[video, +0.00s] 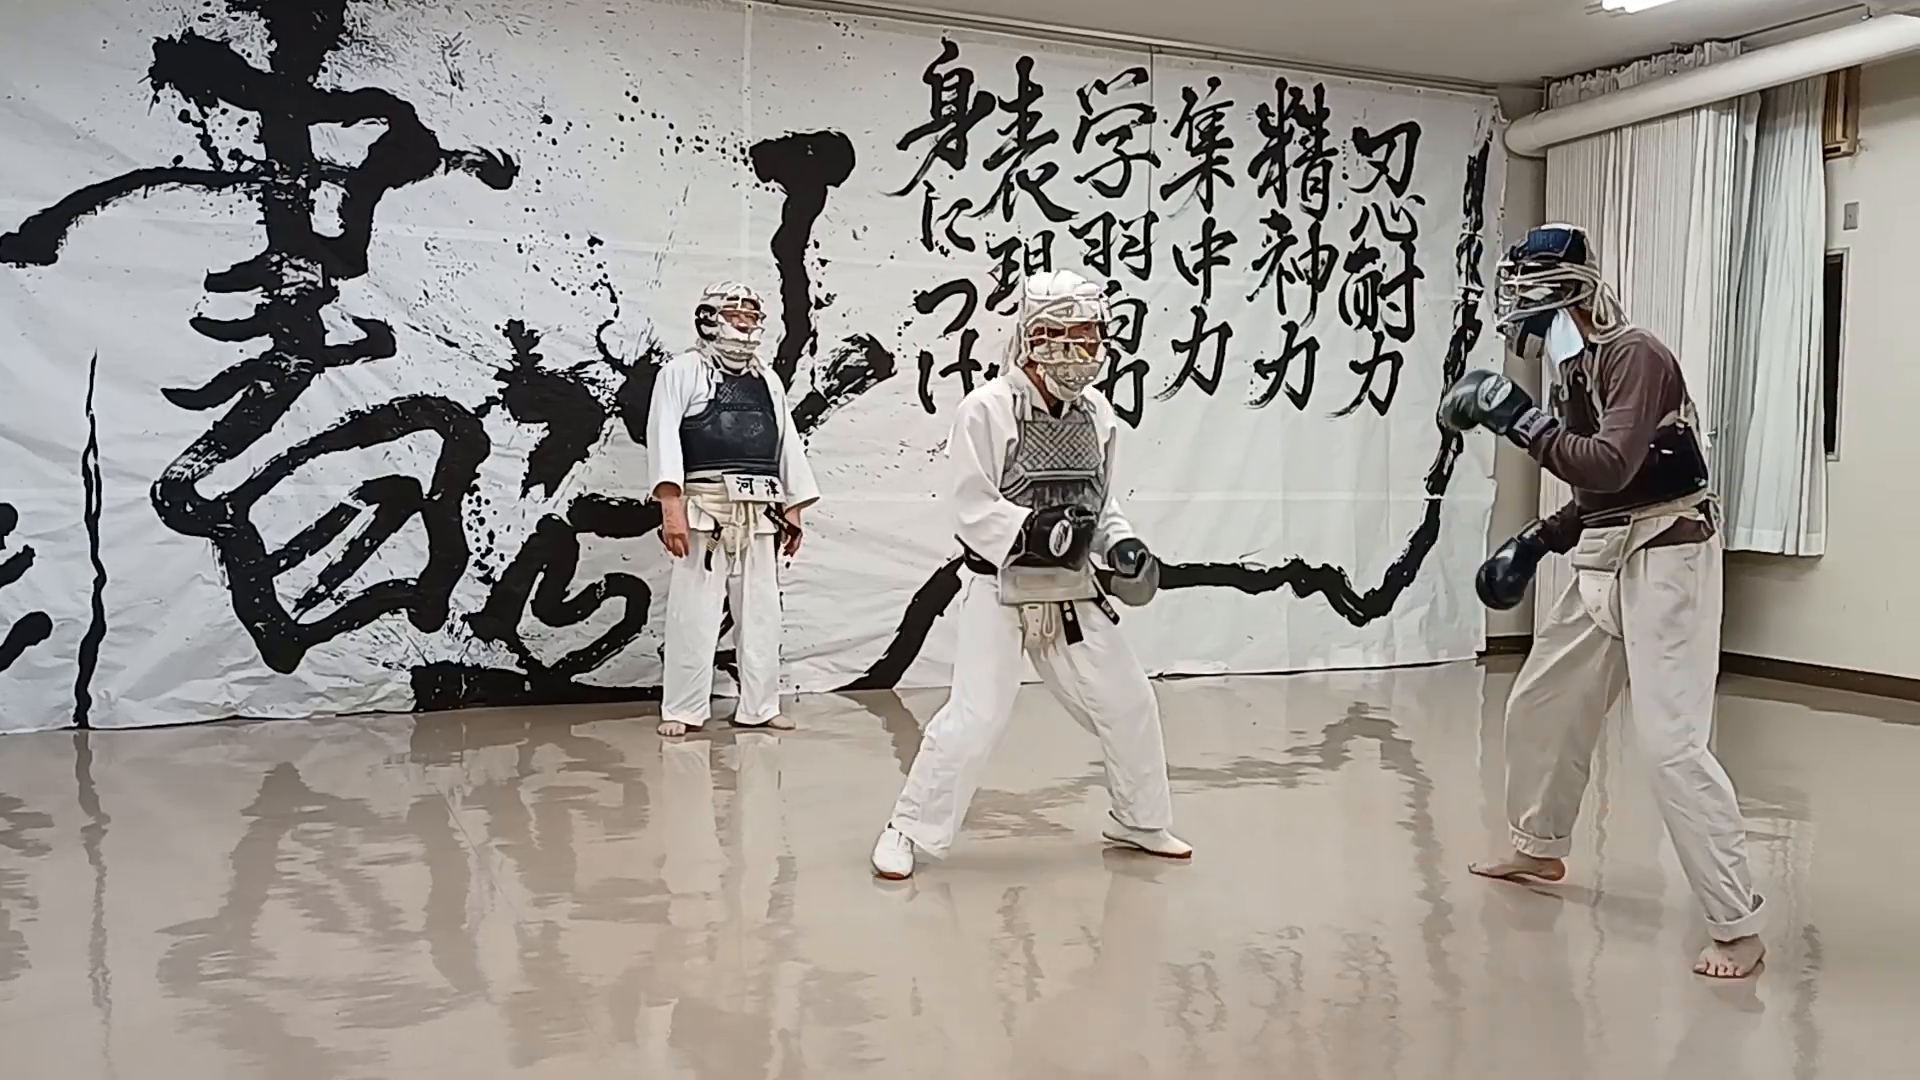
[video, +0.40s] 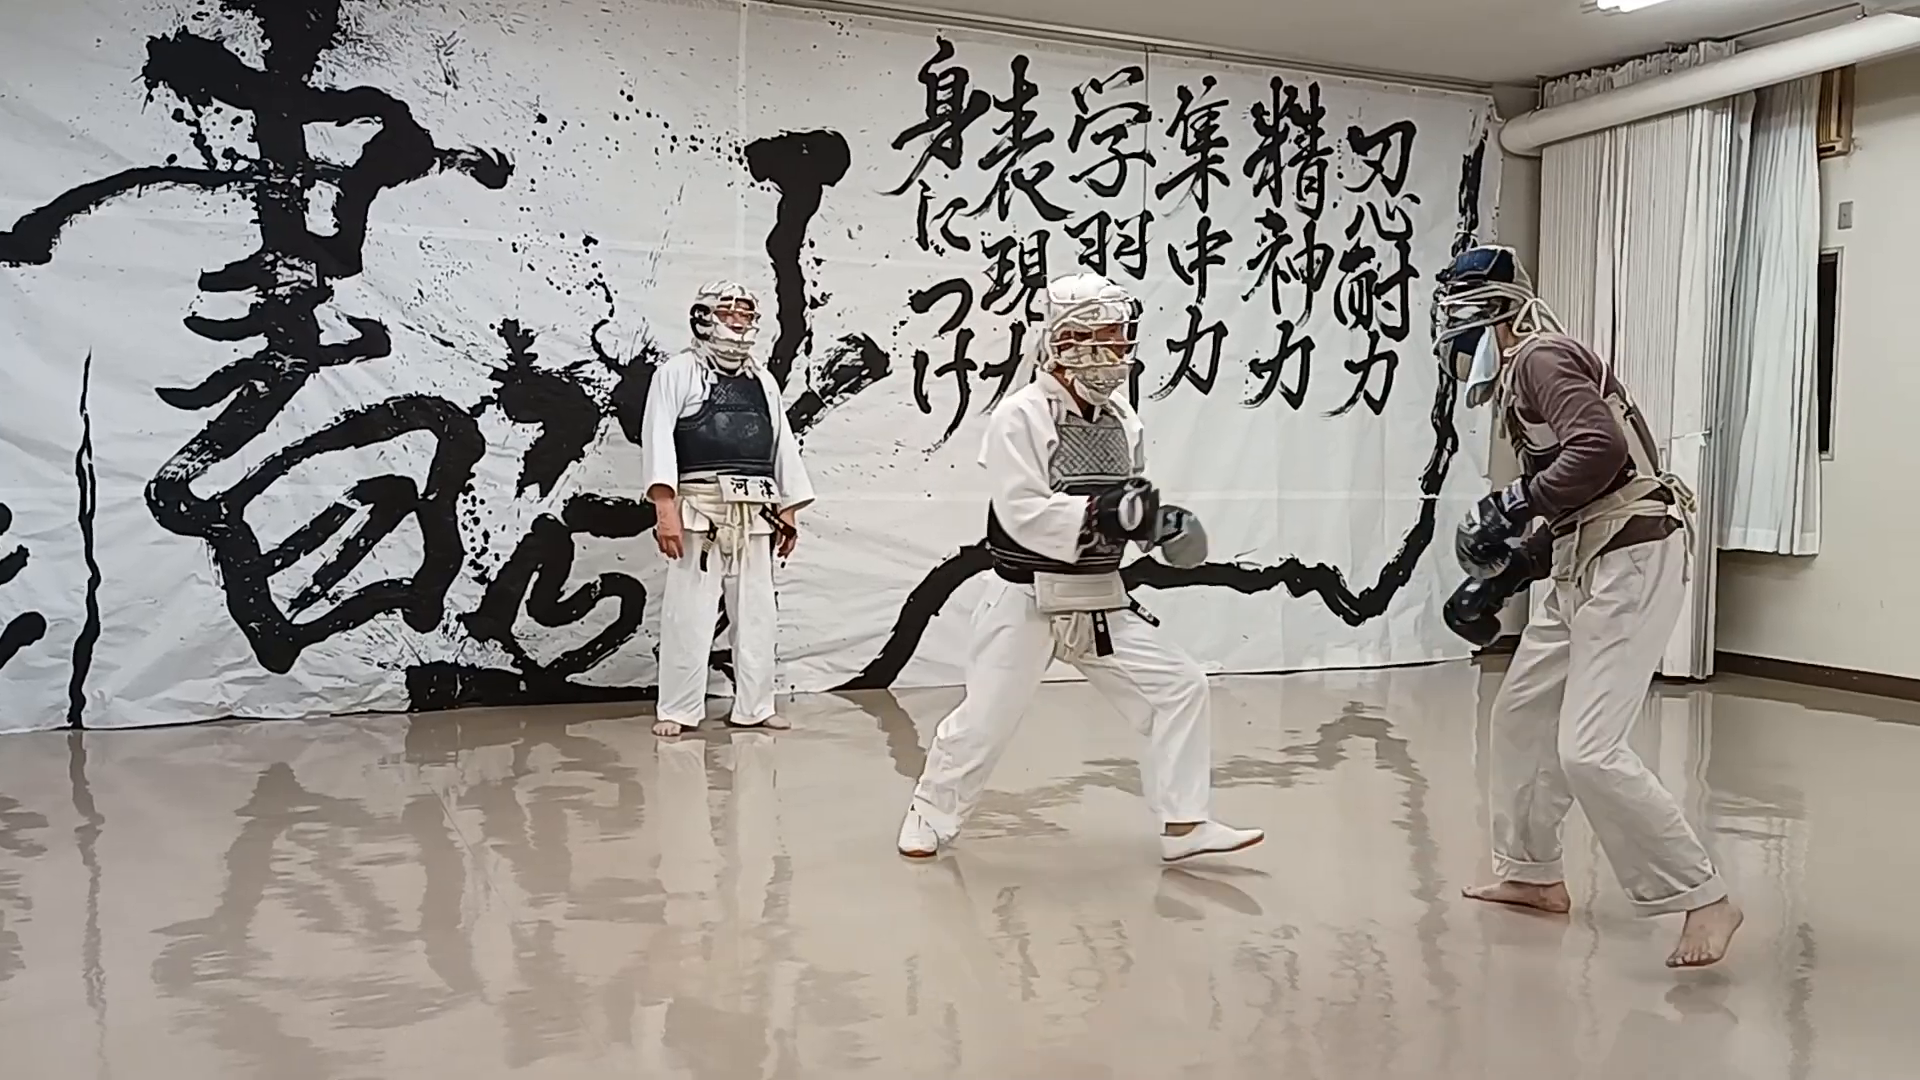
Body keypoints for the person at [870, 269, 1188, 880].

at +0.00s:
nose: (1072, 350)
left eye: (1084, 337)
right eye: (1056, 337)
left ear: (1098, 344)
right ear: (1029, 342)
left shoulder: (1098, 414)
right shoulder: (989, 408)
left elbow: (1102, 507)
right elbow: (970, 507)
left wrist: (1120, 548)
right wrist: (1036, 535)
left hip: (1073, 589)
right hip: (998, 592)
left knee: (1131, 705)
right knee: (974, 719)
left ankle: (1140, 823)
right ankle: (905, 833)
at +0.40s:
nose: (1106, 353)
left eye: (1115, 340)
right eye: (1089, 340)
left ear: (1126, 345)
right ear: (1057, 346)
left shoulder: (1121, 417)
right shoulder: (1021, 415)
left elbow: (1125, 496)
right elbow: (1021, 512)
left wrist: (1154, 521)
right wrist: (1102, 517)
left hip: (1097, 596)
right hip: (1023, 596)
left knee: (1181, 685)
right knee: (987, 720)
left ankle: (1184, 826)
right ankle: (929, 817)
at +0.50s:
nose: (1148, 345)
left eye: (1155, 332)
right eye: (1133, 332)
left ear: (1162, 337)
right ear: (1100, 340)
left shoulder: (1157, 413)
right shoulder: (1069, 405)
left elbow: (1173, 494)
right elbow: (1081, 491)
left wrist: (1220, 486)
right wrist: (1157, 474)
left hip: (1133, 591)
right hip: (1061, 590)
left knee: (1199, 700)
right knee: (1020, 728)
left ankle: (1193, 839)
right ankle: (934, 805)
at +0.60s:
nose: (1177, 332)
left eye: (1184, 321)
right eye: (1162, 319)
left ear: (1194, 328)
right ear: (1130, 324)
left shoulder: (1184, 400)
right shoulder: (1100, 384)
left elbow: (1248, 457)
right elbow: (1079, 475)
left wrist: (1290, 439)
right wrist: (1141, 494)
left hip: (1177, 567)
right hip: (1117, 568)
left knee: (1221, 698)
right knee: (1183, 696)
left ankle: (1194, 839)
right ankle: (1082, 760)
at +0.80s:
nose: (1218, 319)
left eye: (1223, 307)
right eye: (1204, 307)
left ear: (1228, 312)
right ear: (1166, 313)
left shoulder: (1220, 383)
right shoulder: (1139, 377)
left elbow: (1267, 435)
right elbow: (1101, 472)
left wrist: (1327, 435)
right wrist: (1156, 510)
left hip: (1244, 549)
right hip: (1212, 552)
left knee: (1263, 690)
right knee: (1352, 528)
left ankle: (1196, 819)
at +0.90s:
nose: (1237, 316)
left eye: (1240, 303)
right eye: (1222, 304)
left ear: (1244, 307)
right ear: (1184, 311)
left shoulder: (1223, 379)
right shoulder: (1171, 376)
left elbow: (1260, 451)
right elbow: (1159, 473)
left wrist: (1327, 472)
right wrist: (1230, 464)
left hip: (1259, 555)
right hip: (1240, 561)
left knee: (1290, 694)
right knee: (1398, 514)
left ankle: (1200, 818)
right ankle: (1556, 602)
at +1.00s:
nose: (1267, 322)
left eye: (1268, 310)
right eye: (1251, 310)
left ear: (1266, 317)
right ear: (1214, 319)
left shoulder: (1238, 383)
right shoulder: (1210, 383)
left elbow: (1244, 475)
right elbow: (1228, 469)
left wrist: (1295, 495)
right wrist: (1291, 428)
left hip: (1259, 580)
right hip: (1278, 575)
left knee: (1299, 713)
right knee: (1446, 589)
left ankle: (1203, 820)